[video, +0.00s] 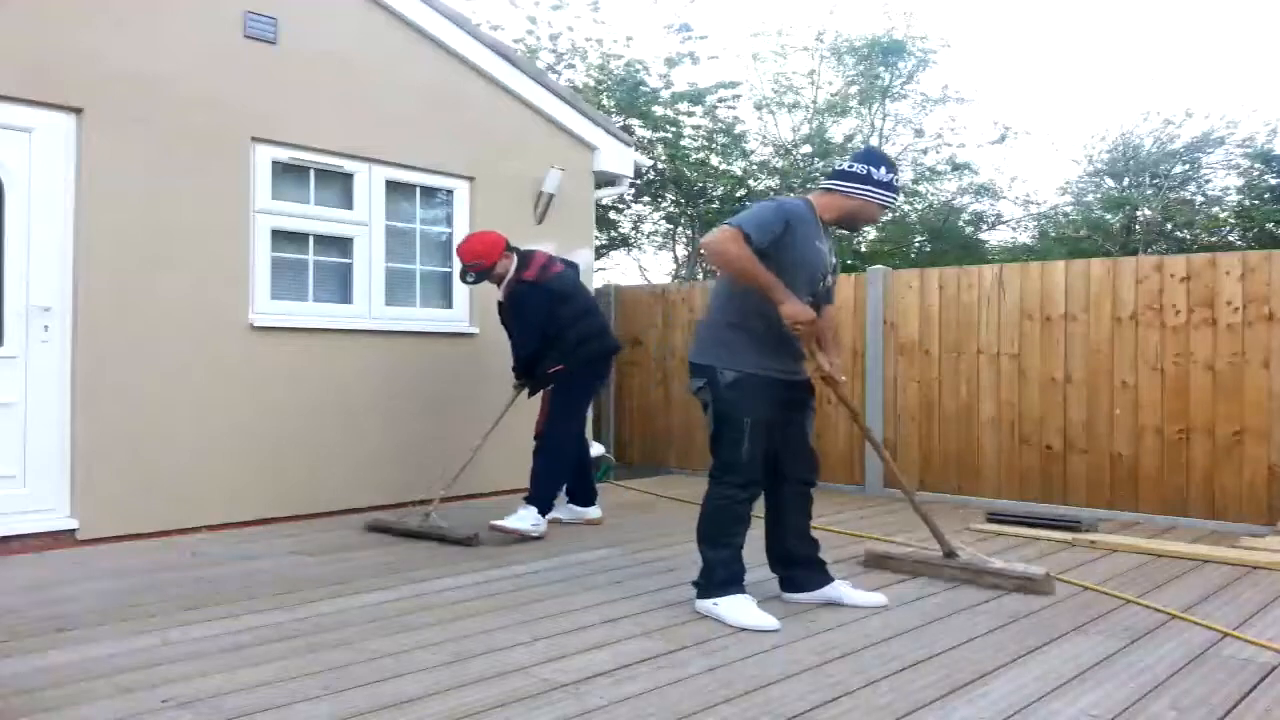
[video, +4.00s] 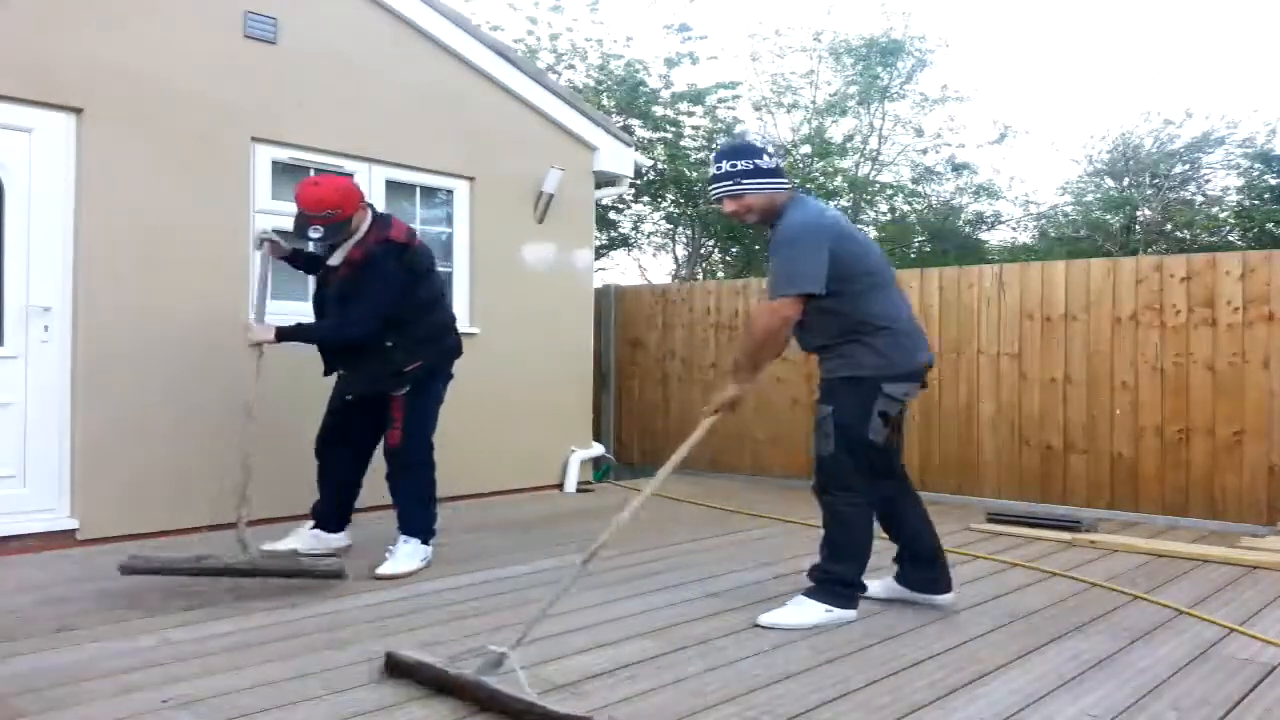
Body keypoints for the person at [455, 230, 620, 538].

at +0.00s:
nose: (486, 280)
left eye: (486, 273)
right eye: (482, 275)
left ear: (501, 259)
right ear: (506, 254)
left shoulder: (520, 292)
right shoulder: (539, 264)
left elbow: (526, 343)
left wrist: (525, 372)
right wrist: (535, 364)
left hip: (576, 358)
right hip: (593, 350)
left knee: (553, 430)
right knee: (568, 428)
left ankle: (535, 511)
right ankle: (583, 503)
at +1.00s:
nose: (446, 264)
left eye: (447, 257)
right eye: (442, 259)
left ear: (464, 241)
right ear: (466, 239)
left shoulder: (490, 272)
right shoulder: (489, 257)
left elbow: (470, 330)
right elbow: (474, 323)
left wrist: (440, 373)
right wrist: (451, 365)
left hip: (544, 358)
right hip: (530, 358)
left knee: (523, 435)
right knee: (514, 434)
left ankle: (529, 517)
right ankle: (522, 509)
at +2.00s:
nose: (399, 272)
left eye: (401, 265)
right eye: (395, 267)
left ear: (421, 250)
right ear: (424, 247)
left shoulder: (456, 277)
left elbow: (451, 341)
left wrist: (423, 367)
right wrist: (430, 360)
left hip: (512, 356)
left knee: (485, 440)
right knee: (505, 432)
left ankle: (475, 529)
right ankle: (521, 510)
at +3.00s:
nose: (362, 259)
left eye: (365, 252)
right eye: (358, 254)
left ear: (385, 238)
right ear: (385, 236)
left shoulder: (416, 269)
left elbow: (419, 336)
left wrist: (399, 367)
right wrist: (406, 358)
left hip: (469, 352)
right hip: (441, 355)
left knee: (440, 437)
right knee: (434, 437)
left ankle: (435, 529)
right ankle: (460, 520)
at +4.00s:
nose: (322, 243)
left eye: (329, 234)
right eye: (317, 235)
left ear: (353, 220)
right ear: (316, 222)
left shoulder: (387, 255)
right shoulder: (351, 240)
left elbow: (358, 327)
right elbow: (335, 273)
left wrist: (282, 333)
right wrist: (289, 255)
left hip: (419, 360)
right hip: (371, 358)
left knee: (406, 447)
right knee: (339, 440)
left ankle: (416, 540)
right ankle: (329, 529)